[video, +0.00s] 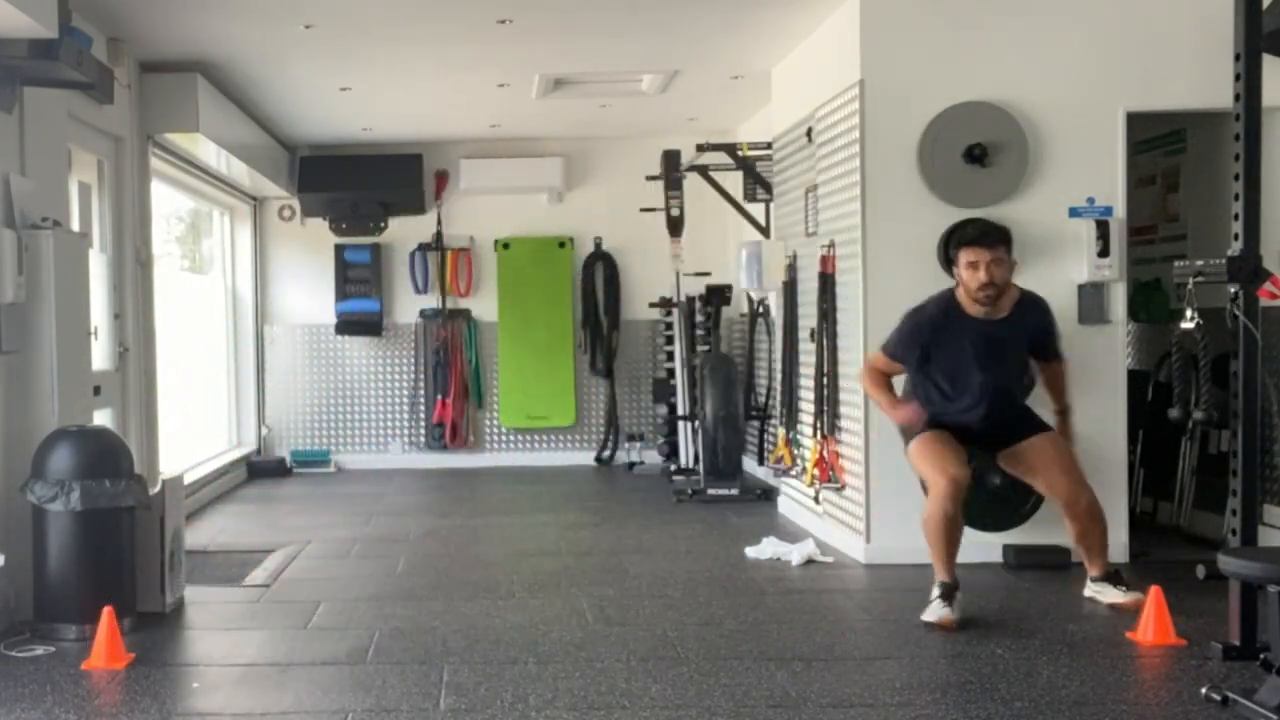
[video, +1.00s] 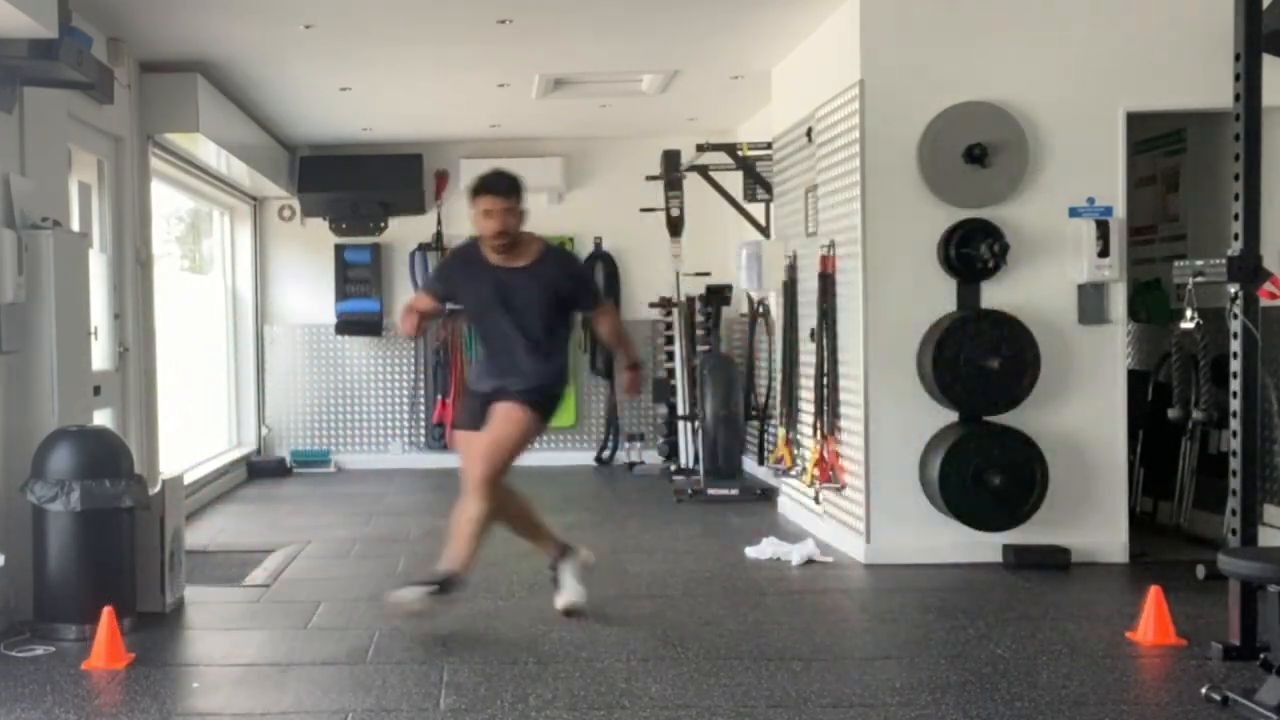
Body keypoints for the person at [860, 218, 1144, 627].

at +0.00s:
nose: (986, 277)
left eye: (995, 264)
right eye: (973, 267)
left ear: (1012, 265)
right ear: (955, 271)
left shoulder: (1032, 311)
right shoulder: (929, 318)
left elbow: (1051, 365)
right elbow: (874, 370)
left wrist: (1062, 413)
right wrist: (893, 407)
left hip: (1005, 418)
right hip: (936, 422)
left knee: (1076, 493)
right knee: (949, 480)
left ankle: (1099, 578)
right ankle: (944, 587)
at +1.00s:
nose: (497, 226)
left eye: (506, 214)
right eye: (487, 215)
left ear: (521, 213)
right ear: (474, 217)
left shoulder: (557, 264)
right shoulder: (464, 261)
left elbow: (600, 313)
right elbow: (422, 301)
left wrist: (628, 357)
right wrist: (413, 314)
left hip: (534, 381)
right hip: (481, 382)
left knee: (482, 469)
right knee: (480, 487)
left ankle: (449, 572)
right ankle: (562, 555)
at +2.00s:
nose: (468, 249)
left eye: (478, 238)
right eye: (458, 237)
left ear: (489, 242)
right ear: (438, 240)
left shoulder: (505, 293)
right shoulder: (409, 292)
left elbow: (519, 344)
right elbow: (343, 332)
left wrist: (522, 398)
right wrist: (334, 355)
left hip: (462, 410)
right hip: (402, 401)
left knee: (455, 512)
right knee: (371, 503)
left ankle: (437, 560)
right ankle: (331, 609)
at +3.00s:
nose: (1005, 284)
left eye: (1015, 271)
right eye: (992, 272)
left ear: (1029, 271)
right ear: (972, 275)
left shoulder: (1044, 308)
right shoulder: (944, 319)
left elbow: (1075, 359)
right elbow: (885, 383)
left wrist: (1099, 419)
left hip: (1002, 404)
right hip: (933, 408)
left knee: (1072, 484)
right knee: (979, 478)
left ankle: (1085, 578)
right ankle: (969, 567)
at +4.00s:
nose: (422, 224)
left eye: (431, 213)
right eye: (411, 214)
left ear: (446, 213)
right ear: (398, 217)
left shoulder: (481, 272)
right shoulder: (387, 264)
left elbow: (524, 332)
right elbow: (342, 316)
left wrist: (548, 393)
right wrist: (342, 340)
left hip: (456, 391)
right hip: (408, 391)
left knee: (391, 482)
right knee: (399, 496)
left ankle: (350, 598)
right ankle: (503, 551)